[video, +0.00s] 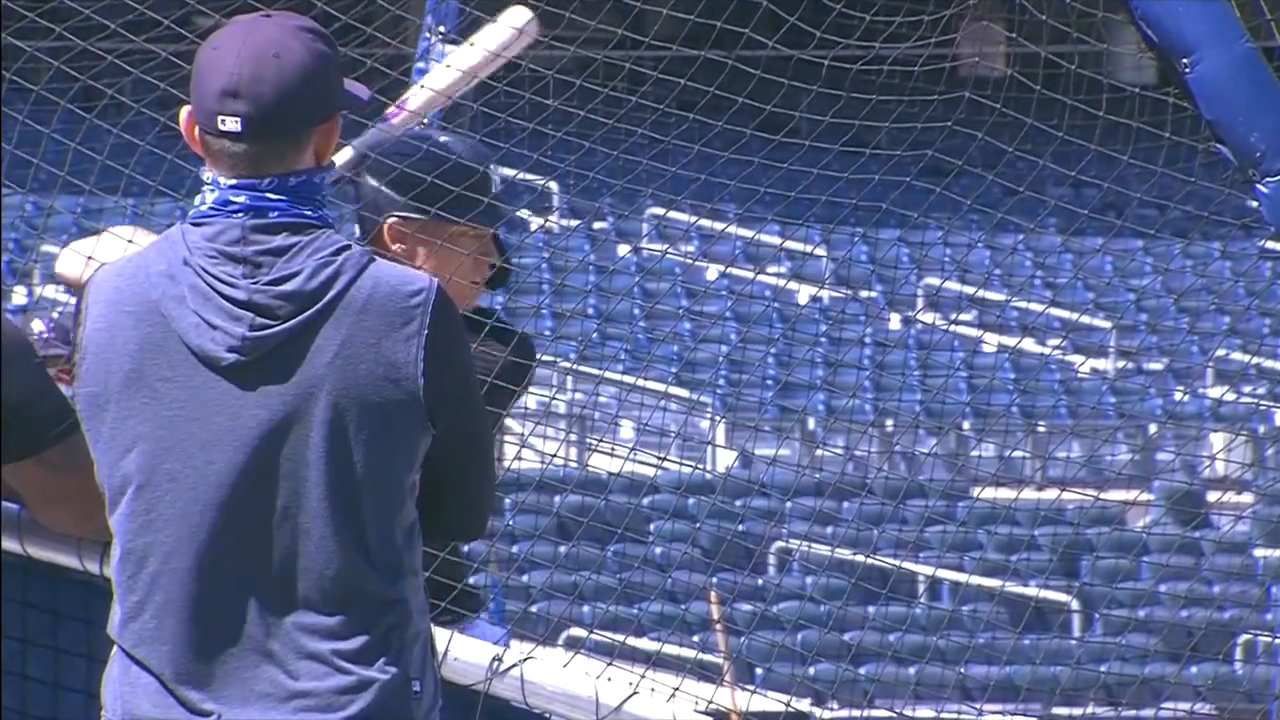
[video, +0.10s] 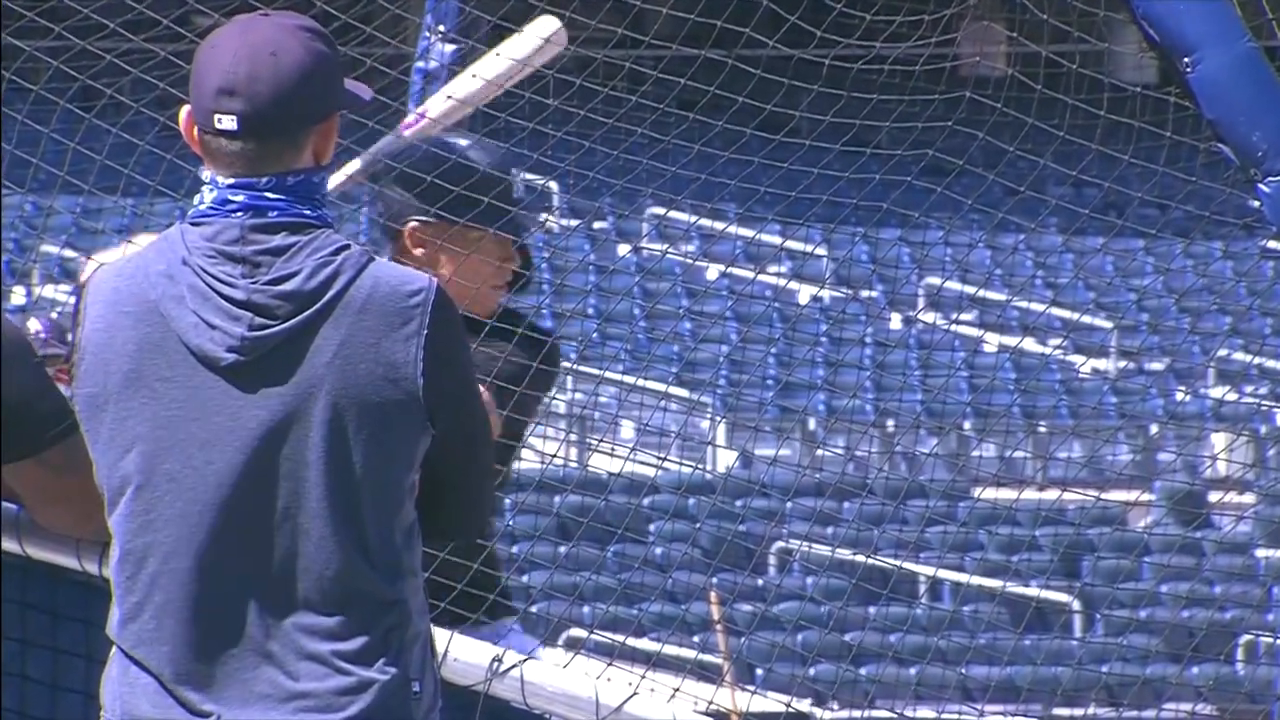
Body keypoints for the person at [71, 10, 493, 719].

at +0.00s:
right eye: (342, 127)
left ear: (189, 135)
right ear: (330, 141)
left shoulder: (110, 298)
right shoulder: (411, 307)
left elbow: (125, 478)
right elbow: (462, 508)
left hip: (150, 699)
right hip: (353, 697)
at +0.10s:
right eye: (340, 126)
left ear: (188, 134)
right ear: (328, 141)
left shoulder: (109, 294)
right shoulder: (411, 309)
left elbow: (123, 477)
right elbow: (461, 506)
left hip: (150, 699)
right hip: (352, 697)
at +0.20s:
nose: (339, 137)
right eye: (339, 125)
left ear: (188, 134)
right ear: (327, 140)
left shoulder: (108, 297)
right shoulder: (407, 306)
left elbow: (125, 479)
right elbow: (457, 509)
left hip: (148, 699)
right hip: (351, 698)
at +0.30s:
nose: (343, 136)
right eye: (341, 125)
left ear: (188, 132)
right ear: (325, 140)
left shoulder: (106, 298)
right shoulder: (409, 309)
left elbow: (123, 485)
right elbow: (458, 514)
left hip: (145, 699)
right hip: (351, 699)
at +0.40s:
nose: (338, 138)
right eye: (339, 126)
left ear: (186, 134)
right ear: (326, 140)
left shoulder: (107, 298)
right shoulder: (410, 308)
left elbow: (122, 482)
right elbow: (457, 511)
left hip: (148, 700)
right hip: (352, 699)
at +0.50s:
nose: (340, 133)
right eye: (340, 122)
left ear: (186, 134)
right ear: (324, 139)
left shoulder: (106, 298)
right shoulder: (408, 308)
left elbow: (121, 482)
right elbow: (458, 510)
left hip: (148, 700)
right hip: (351, 698)